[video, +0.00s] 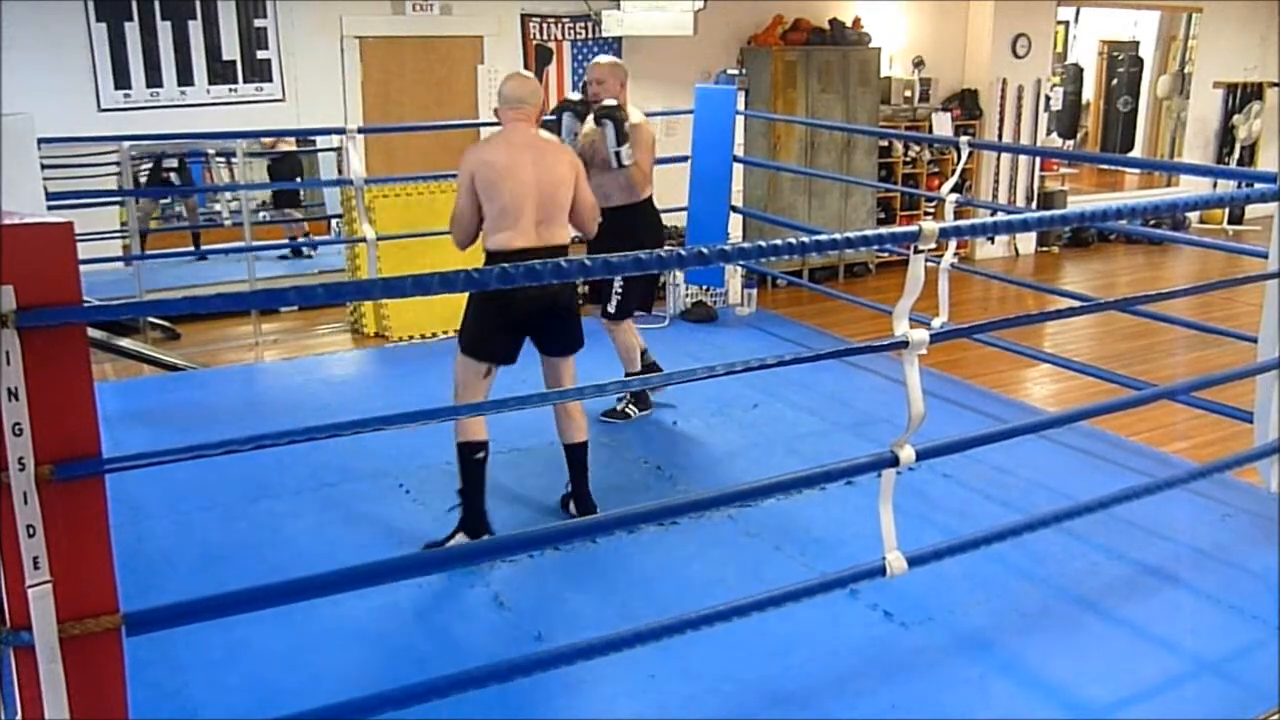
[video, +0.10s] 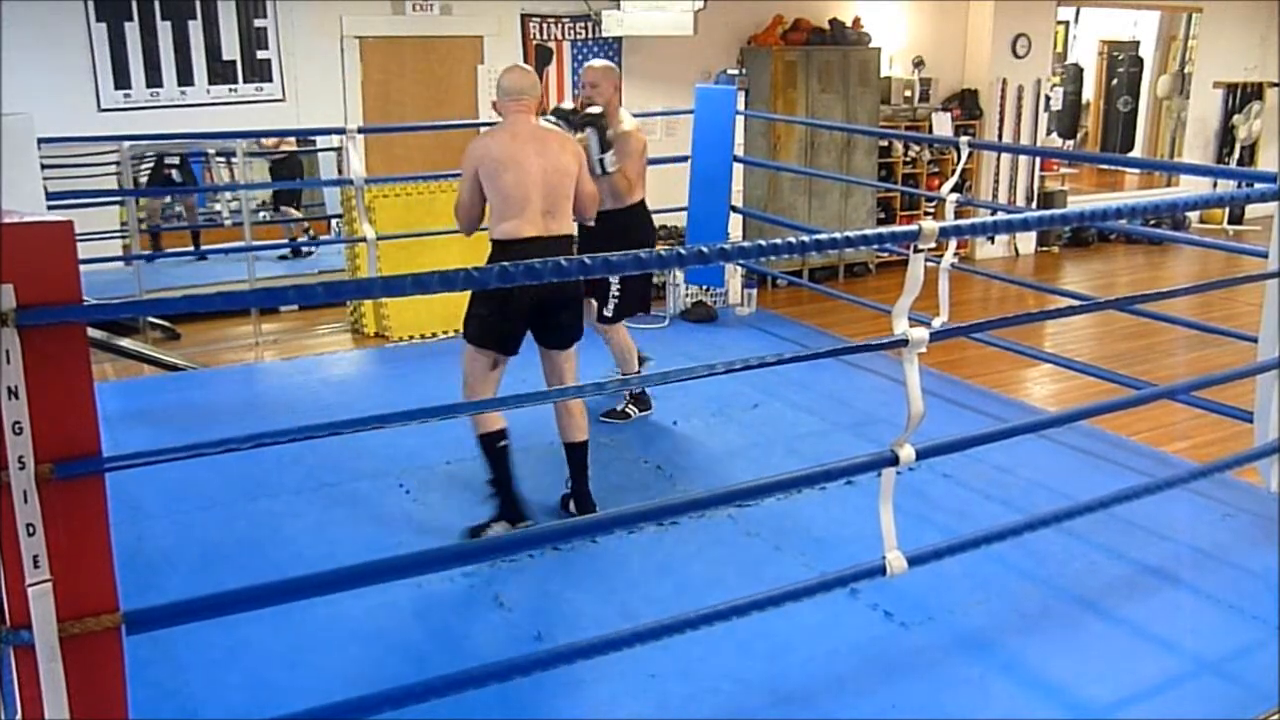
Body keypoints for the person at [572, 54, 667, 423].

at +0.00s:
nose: (591, 90)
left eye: (599, 83)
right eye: (588, 84)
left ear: (621, 85)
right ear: (586, 88)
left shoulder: (638, 128)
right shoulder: (589, 129)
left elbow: (639, 183)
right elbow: (575, 173)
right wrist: (568, 136)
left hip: (636, 220)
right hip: (605, 221)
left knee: (614, 315)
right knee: (607, 306)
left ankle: (638, 393)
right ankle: (645, 363)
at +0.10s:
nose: (585, 93)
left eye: (593, 86)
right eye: (582, 86)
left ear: (616, 88)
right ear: (581, 90)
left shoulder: (629, 135)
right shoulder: (588, 128)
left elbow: (625, 192)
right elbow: (576, 180)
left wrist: (597, 153)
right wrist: (565, 133)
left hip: (626, 227)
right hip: (595, 225)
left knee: (607, 321)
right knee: (588, 307)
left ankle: (638, 395)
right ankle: (631, 356)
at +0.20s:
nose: (578, 93)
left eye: (585, 86)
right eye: (574, 86)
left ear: (606, 88)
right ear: (572, 90)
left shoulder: (619, 133)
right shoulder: (583, 127)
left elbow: (616, 193)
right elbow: (574, 178)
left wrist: (587, 151)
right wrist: (560, 135)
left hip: (615, 224)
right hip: (585, 219)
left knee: (605, 318)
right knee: (577, 294)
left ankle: (637, 395)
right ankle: (584, 355)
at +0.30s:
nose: (566, 95)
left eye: (573, 88)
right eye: (563, 88)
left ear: (594, 90)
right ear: (561, 92)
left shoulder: (604, 131)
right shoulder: (568, 126)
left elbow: (604, 190)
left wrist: (569, 160)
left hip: (602, 221)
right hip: (570, 217)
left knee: (603, 316)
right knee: (559, 298)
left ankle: (636, 394)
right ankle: (552, 364)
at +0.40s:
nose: (553, 102)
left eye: (561, 95)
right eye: (548, 95)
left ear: (583, 97)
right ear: (543, 96)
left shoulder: (592, 139)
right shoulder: (540, 133)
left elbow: (592, 193)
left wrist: (567, 156)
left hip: (585, 231)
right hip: (549, 229)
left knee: (594, 320)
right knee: (546, 312)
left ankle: (634, 392)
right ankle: (546, 368)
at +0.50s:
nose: (540, 98)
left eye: (548, 91)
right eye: (537, 90)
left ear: (566, 93)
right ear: (532, 92)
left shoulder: (577, 132)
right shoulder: (524, 129)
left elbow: (589, 178)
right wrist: (488, 144)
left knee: (572, 316)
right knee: (539, 316)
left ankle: (606, 377)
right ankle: (535, 376)